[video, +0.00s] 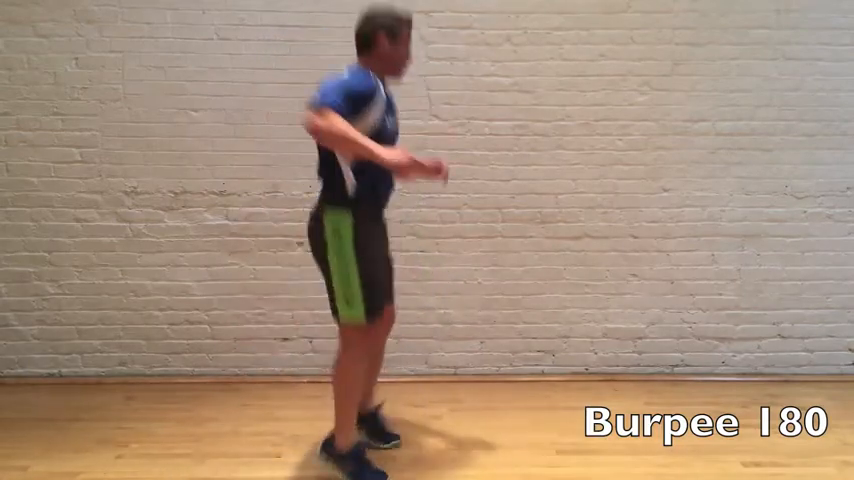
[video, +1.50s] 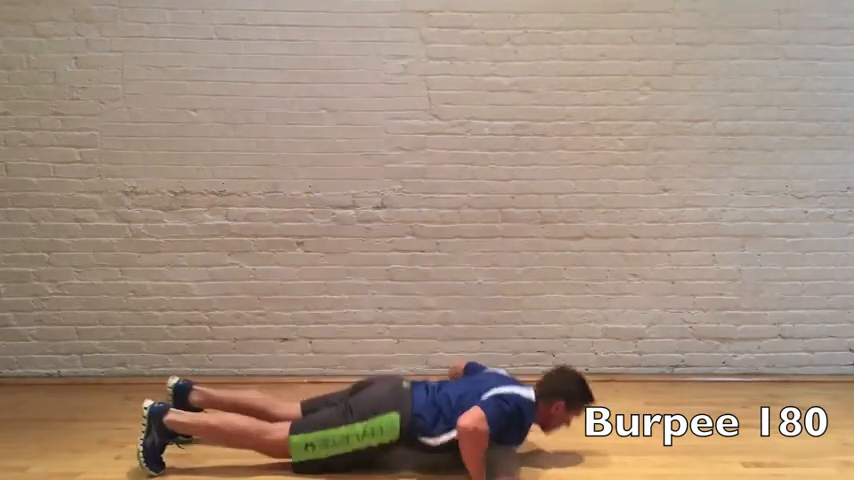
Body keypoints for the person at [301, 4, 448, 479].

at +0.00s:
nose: (409, 53)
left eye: (410, 44)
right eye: (404, 44)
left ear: (382, 45)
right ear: (380, 44)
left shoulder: (379, 93)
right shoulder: (354, 82)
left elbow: (374, 157)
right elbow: (318, 120)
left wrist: (416, 167)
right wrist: (380, 152)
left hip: (367, 219)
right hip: (342, 220)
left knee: (382, 317)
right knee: (358, 329)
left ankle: (362, 411)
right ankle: (341, 443)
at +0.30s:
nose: (460, 147)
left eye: (463, 139)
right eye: (459, 137)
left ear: (429, 128)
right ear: (439, 128)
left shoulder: (392, 149)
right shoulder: (407, 162)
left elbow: (379, 225)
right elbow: (417, 240)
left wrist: (409, 269)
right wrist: (459, 295)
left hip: (312, 244)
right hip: (318, 252)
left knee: (357, 346)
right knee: (369, 355)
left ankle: (347, 424)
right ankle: (328, 458)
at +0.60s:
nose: (488, 292)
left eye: (494, 286)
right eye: (491, 283)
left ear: (474, 265)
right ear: (477, 269)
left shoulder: (440, 263)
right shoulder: (437, 281)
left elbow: (444, 350)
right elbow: (450, 367)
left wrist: (465, 386)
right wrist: (481, 426)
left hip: (320, 274)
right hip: (311, 283)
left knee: (387, 335)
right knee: (384, 371)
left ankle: (348, 427)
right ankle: (327, 459)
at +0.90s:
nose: (515, 378)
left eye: (523, 374)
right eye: (523, 373)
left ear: (518, 344)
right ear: (520, 357)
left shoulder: (489, 328)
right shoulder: (488, 342)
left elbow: (463, 384)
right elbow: (475, 416)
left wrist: (475, 426)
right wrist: (482, 473)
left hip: (388, 241)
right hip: (389, 255)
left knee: (346, 344)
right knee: (353, 370)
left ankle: (275, 379)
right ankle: (253, 412)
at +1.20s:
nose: (571, 417)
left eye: (577, 412)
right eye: (575, 411)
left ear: (566, 384)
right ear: (565, 395)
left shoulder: (525, 368)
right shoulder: (528, 388)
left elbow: (467, 406)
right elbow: (475, 422)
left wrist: (486, 440)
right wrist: (481, 475)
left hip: (404, 346)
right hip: (405, 367)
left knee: (309, 382)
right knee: (303, 413)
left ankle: (209, 395)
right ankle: (184, 426)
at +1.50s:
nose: (567, 424)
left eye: (571, 418)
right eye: (570, 416)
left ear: (548, 389)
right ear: (556, 405)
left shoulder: (508, 383)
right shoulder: (520, 409)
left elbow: (459, 369)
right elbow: (471, 428)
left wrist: (461, 415)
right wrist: (480, 479)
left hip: (393, 388)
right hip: (393, 415)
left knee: (289, 417)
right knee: (278, 444)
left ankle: (193, 395)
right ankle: (167, 421)